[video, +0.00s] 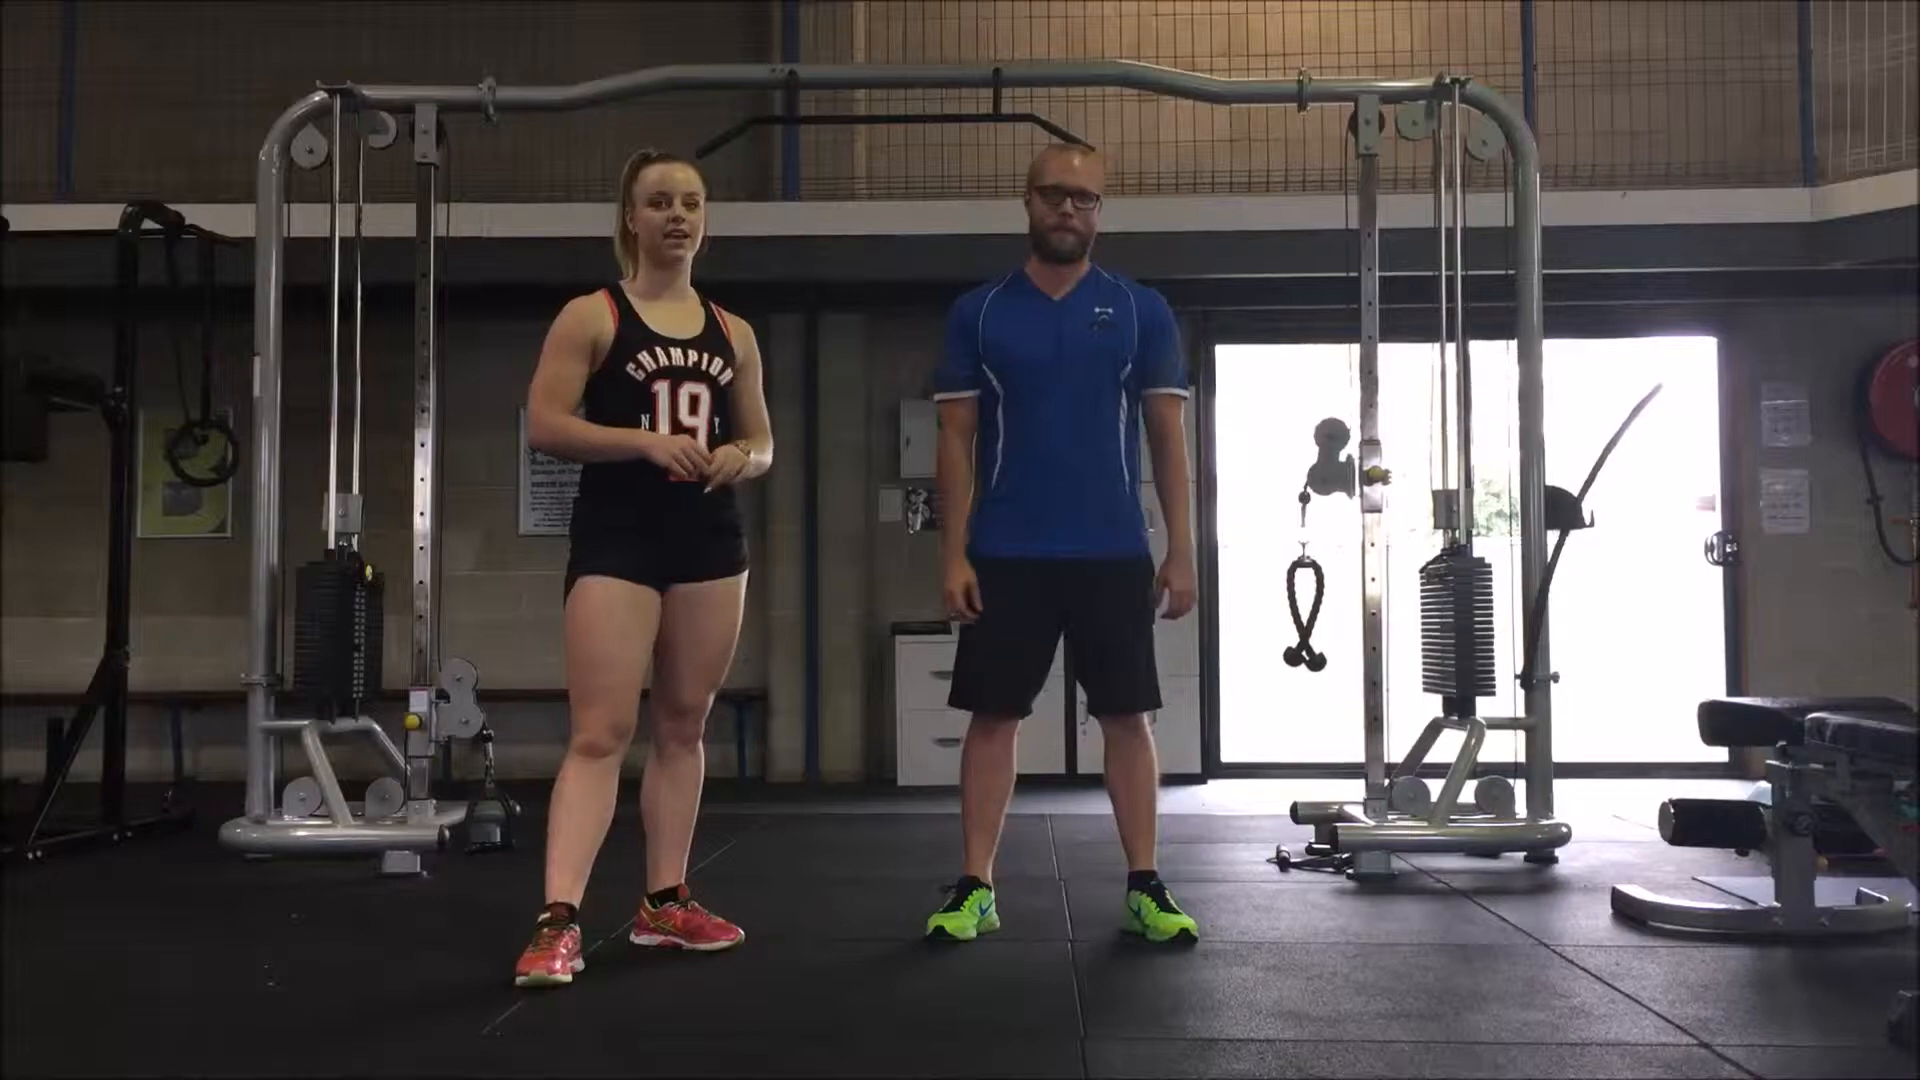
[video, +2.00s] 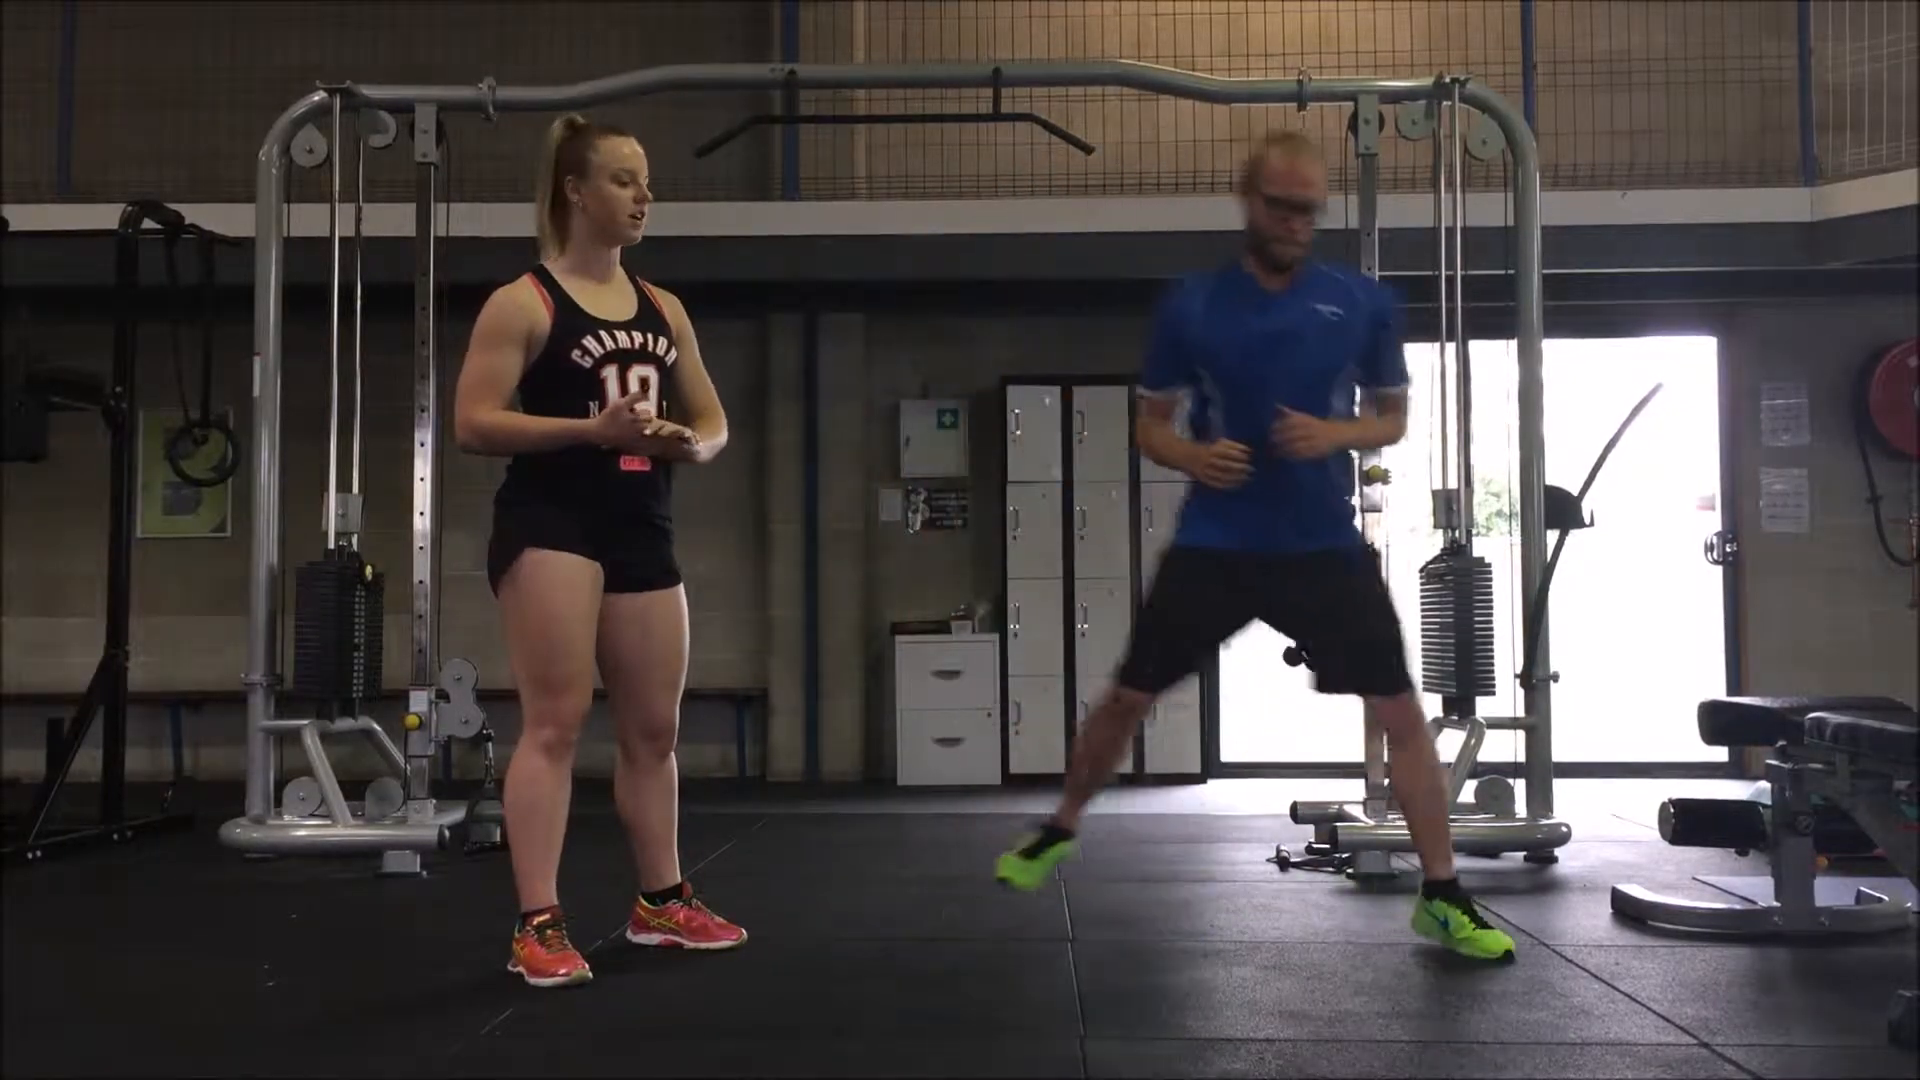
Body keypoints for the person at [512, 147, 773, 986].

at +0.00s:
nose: (677, 214)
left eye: (689, 203)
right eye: (660, 202)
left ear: (706, 220)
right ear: (628, 219)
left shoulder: (733, 333)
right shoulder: (590, 316)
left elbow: (758, 442)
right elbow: (544, 423)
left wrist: (742, 456)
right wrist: (644, 439)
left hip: (710, 550)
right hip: (616, 546)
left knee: (684, 727)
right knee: (599, 736)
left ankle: (666, 902)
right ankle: (560, 919)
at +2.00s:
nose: (643, 197)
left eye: (646, 183)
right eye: (625, 182)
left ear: (638, 198)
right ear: (574, 191)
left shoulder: (662, 308)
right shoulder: (520, 304)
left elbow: (710, 417)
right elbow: (473, 422)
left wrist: (693, 445)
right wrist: (590, 428)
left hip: (643, 533)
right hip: (552, 528)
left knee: (652, 733)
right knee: (552, 725)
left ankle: (662, 901)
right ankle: (538, 925)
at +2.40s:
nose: (654, 199)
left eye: (656, 185)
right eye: (639, 183)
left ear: (624, 199)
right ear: (586, 191)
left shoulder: (659, 305)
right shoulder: (525, 303)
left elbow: (727, 407)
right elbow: (476, 422)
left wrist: (712, 441)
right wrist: (595, 427)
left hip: (646, 534)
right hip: (557, 529)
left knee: (651, 733)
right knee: (555, 726)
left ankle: (662, 903)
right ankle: (539, 925)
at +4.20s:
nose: (572, 175)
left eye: (587, 164)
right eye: (555, 160)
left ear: (603, 187)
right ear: (520, 177)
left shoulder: (634, 299)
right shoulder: (470, 299)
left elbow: (669, 421)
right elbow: (421, 420)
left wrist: (604, 471)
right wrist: (498, 487)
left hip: (616, 525)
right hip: (516, 528)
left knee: (657, 721)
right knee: (541, 728)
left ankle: (594, 874)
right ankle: (538, 923)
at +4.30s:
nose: (576, 171)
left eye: (590, 160)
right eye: (558, 157)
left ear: (606, 184)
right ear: (523, 178)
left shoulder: (637, 298)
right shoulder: (474, 296)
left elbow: (671, 420)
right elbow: (423, 419)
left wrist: (608, 469)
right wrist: (500, 488)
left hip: (617, 525)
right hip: (517, 527)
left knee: (650, 722)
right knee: (543, 726)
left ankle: (578, 874)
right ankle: (538, 925)